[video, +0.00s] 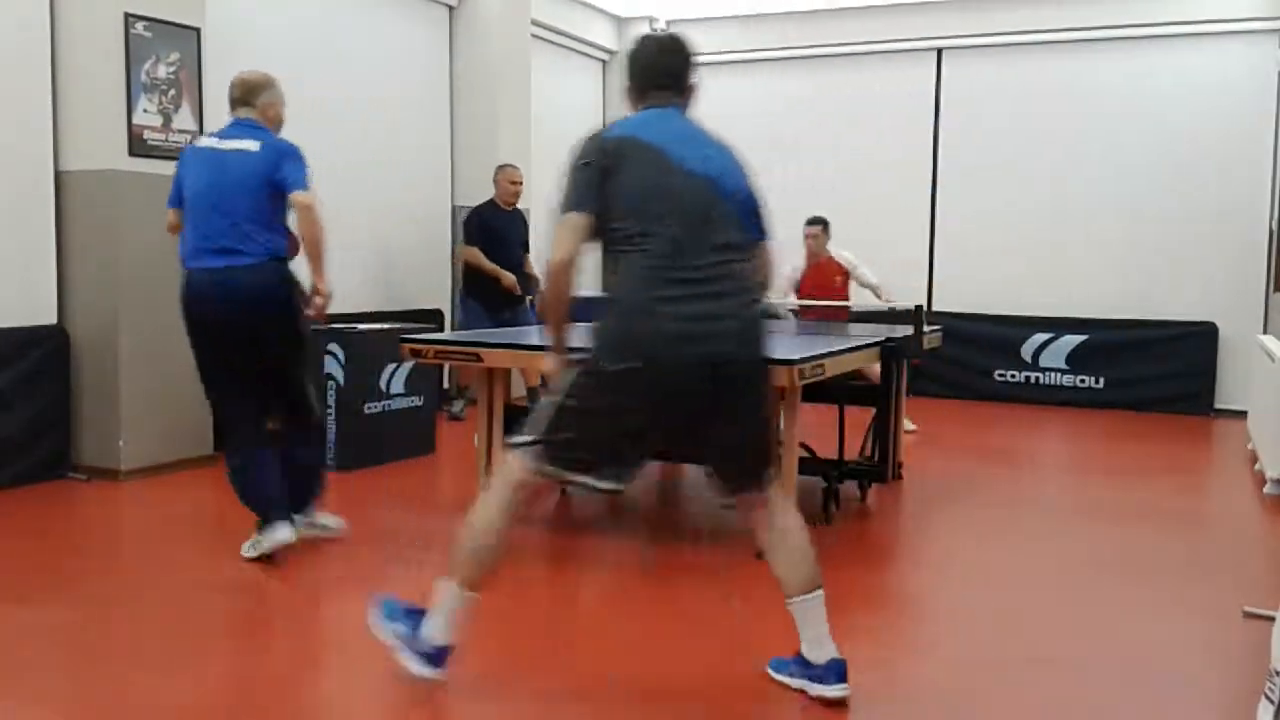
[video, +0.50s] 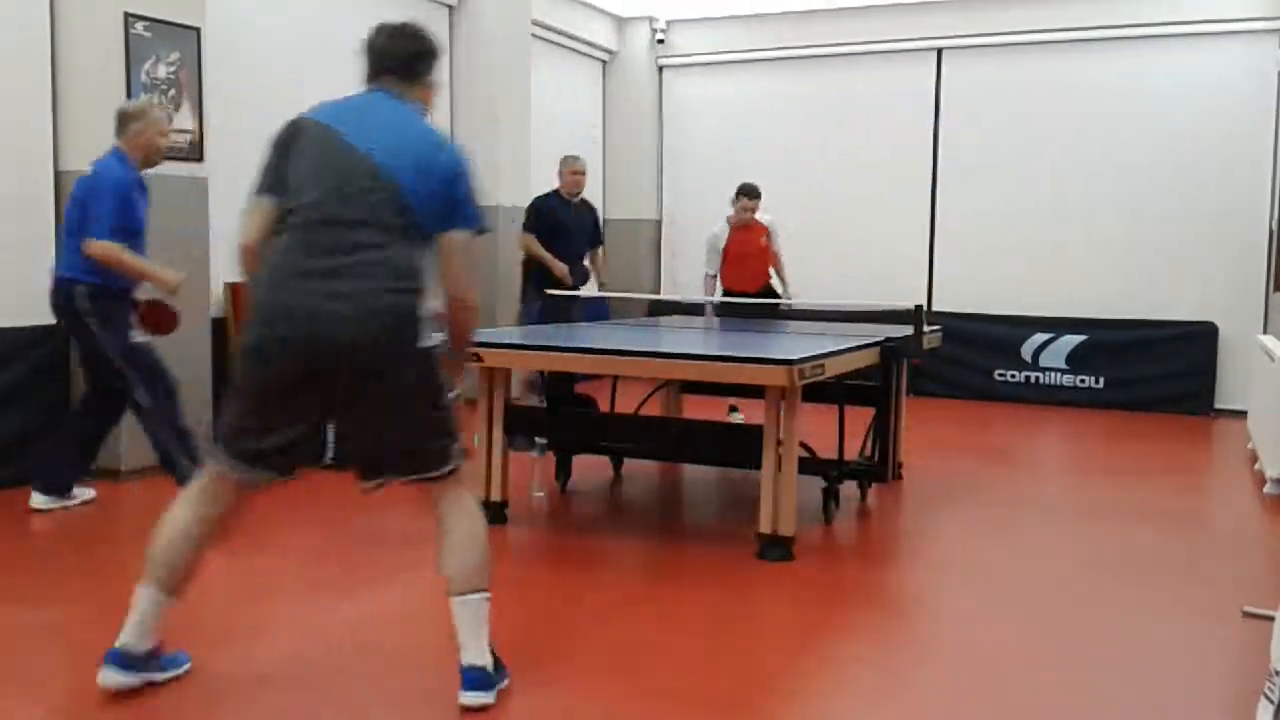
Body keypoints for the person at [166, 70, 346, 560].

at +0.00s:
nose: (282, 119)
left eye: (281, 112)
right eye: (280, 112)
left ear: (235, 108)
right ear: (269, 110)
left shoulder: (194, 151)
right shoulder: (281, 151)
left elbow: (175, 220)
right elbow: (305, 209)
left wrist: (213, 248)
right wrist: (319, 279)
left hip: (203, 288)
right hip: (264, 284)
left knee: (232, 402)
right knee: (297, 395)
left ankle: (271, 517)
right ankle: (302, 504)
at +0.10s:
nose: (269, 122)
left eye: (269, 114)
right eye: (267, 114)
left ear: (222, 109)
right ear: (255, 112)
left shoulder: (181, 149)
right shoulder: (259, 152)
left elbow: (162, 220)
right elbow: (281, 212)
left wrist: (219, 231)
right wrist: (309, 273)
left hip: (179, 285)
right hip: (236, 286)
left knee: (209, 388)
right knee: (251, 385)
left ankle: (233, 476)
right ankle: (251, 492)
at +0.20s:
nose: (253, 131)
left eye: (252, 122)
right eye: (248, 122)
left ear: (207, 123)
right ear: (229, 124)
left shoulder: (163, 163)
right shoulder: (235, 172)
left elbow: (142, 230)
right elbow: (274, 242)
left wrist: (207, 243)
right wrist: (307, 289)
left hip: (153, 292)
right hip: (208, 294)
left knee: (180, 389)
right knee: (243, 393)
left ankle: (169, 471)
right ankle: (245, 498)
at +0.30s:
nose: (227, 136)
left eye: (226, 127)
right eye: (223, 127)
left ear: (185, 124)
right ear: (203, 125)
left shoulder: (141, 161)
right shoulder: (195, 172)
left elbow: (135, 224)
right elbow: (230, 246)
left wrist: (200, 255)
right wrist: (273, 280)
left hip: (124, 288)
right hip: (168, 292)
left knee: (146, 388)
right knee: (224, 392)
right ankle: (244, 498)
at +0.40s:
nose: (191, 143)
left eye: (192, 134)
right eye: (188, 134)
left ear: (156, 132)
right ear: (167, 133)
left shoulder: (124, 169)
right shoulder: (152, 177)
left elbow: (123, 245)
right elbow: (161, 247)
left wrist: (164, 286)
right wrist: (219, 268)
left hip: (102, 292)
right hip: (126, 294)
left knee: (105, 395)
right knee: (188, 389)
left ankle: (52, 482)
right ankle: (233, 494)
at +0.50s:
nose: (168, 144)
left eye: (168, 136)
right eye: (162, 136)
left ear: (139, 137)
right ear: (138, 135)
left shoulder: (131, 179)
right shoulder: (109, 176)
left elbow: (117, 250)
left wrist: (135, 301)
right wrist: (158, 275)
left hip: (103, 295)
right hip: (85, 294)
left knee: (108, 392)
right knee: (151, 383)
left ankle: (54, 484)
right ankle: (192, 474)